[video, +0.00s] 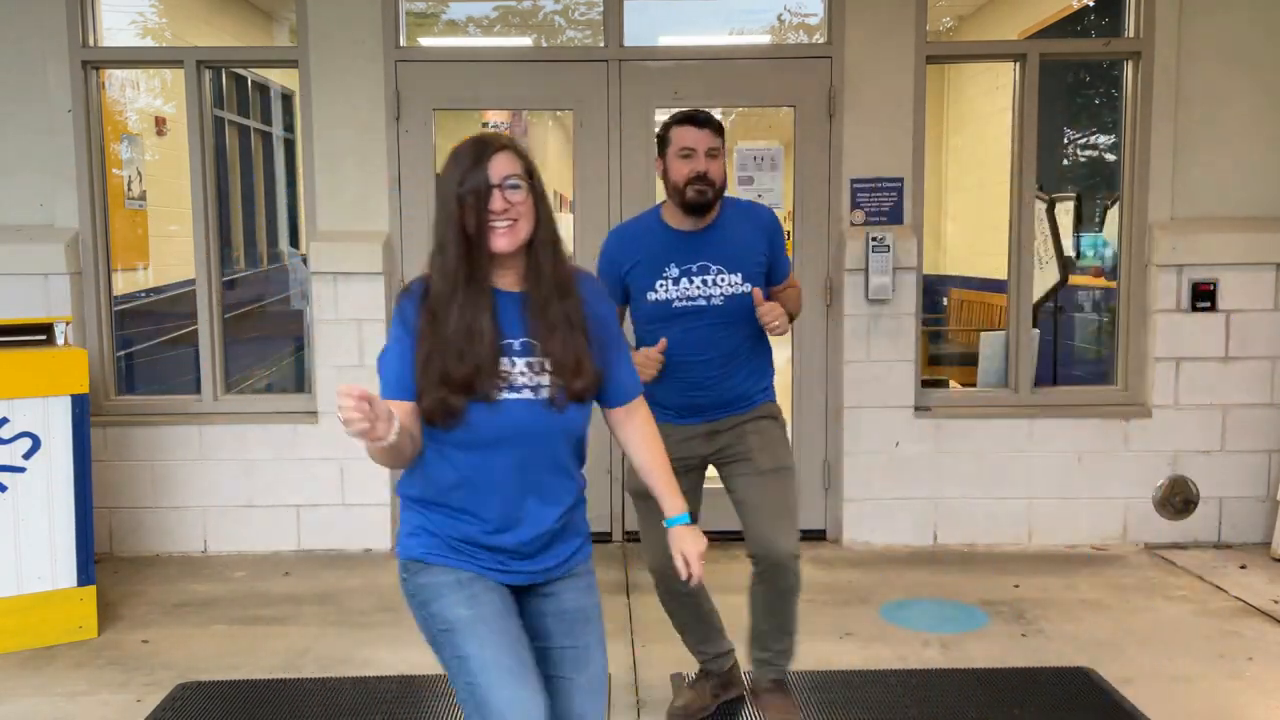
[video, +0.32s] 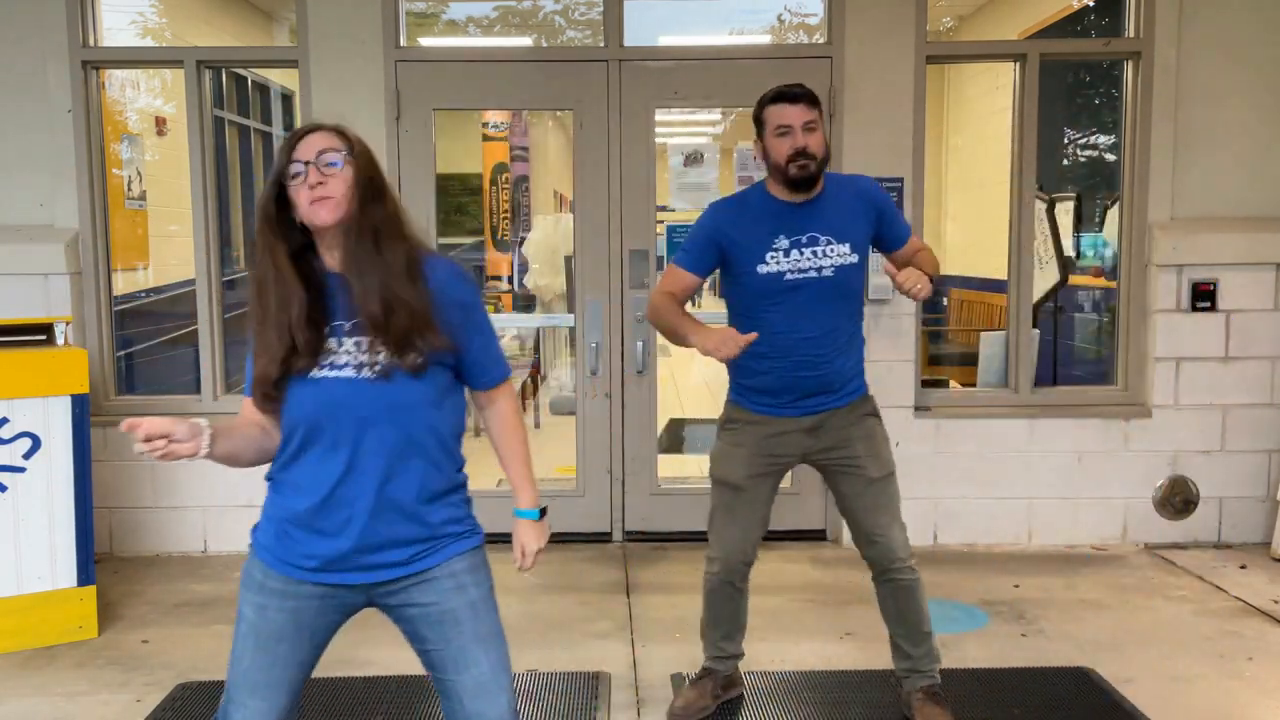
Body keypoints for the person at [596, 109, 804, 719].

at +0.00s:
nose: (702, 167)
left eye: (712, 155)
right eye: (686, 155)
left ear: (725, 164)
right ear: (662, 166)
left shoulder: (758, 225)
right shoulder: (625, 244)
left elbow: (789, 288)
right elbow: (595, 331)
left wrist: (781, 309)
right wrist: (625, 361)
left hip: (750, 420)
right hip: (663, 428)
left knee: (779, 551)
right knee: (666, 564)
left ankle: (771, 681)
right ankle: (719, 668)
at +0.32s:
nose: (799, 142)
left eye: (809, 129)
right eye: (783, 132)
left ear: (825, 136)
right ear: (761, 145)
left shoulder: (862, 199)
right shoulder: (726, 219)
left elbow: (920, 258)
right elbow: (661, 303)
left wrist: (918, 273)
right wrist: (702, 336)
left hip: (845, 414)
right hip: (754, 420)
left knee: (891, 556)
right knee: (726, 560)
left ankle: (922, 683)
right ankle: (719, 671)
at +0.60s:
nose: (893, 134)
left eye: (903, 121)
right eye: (877, 125)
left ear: (920, 131)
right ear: (853, 140)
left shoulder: (941, 208)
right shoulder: (814, 210)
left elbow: (938, 303)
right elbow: (761, 300)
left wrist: (973, 287)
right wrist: (827, 313)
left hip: (918, 412)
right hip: (832, 415)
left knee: (935, 561)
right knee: (818, 554)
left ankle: (923, 687)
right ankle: (753, 647)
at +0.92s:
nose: (918, 127)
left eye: (930, 114)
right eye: (902, 117)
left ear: (948, 122)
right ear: (881, 130)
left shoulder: (968, 198)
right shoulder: (839, 190)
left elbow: (1006, 280)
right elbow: (766, 273)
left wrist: (1059, 263)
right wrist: (807, 250)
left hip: (935, 400)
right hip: (856, 404)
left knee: (940, 554)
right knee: (882, 552)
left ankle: (926, 685)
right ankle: (876, 686)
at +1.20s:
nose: (876, 141)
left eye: (890, 126)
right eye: (864, 131)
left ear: (921, 129)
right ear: (854, 140)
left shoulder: (963, 205)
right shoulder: (824, 204)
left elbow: (973, 283)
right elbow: (786, 283)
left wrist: (971, 294)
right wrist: (801, 341)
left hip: (929, 412)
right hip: (836, 411)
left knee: (945, 556)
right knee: (812, 543)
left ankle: (926, 684)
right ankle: (849, 652)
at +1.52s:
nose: (732, 155)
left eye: (741, 142)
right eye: (729, 145)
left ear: (783, 137)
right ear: (758, 146)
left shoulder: (837, 188)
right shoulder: (751, 211)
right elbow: (724, 259)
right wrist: (689, 290)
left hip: (873, 405)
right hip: (804, 409)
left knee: (895, 561)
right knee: (758, 532)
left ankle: (930, 687)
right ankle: (732, 682)